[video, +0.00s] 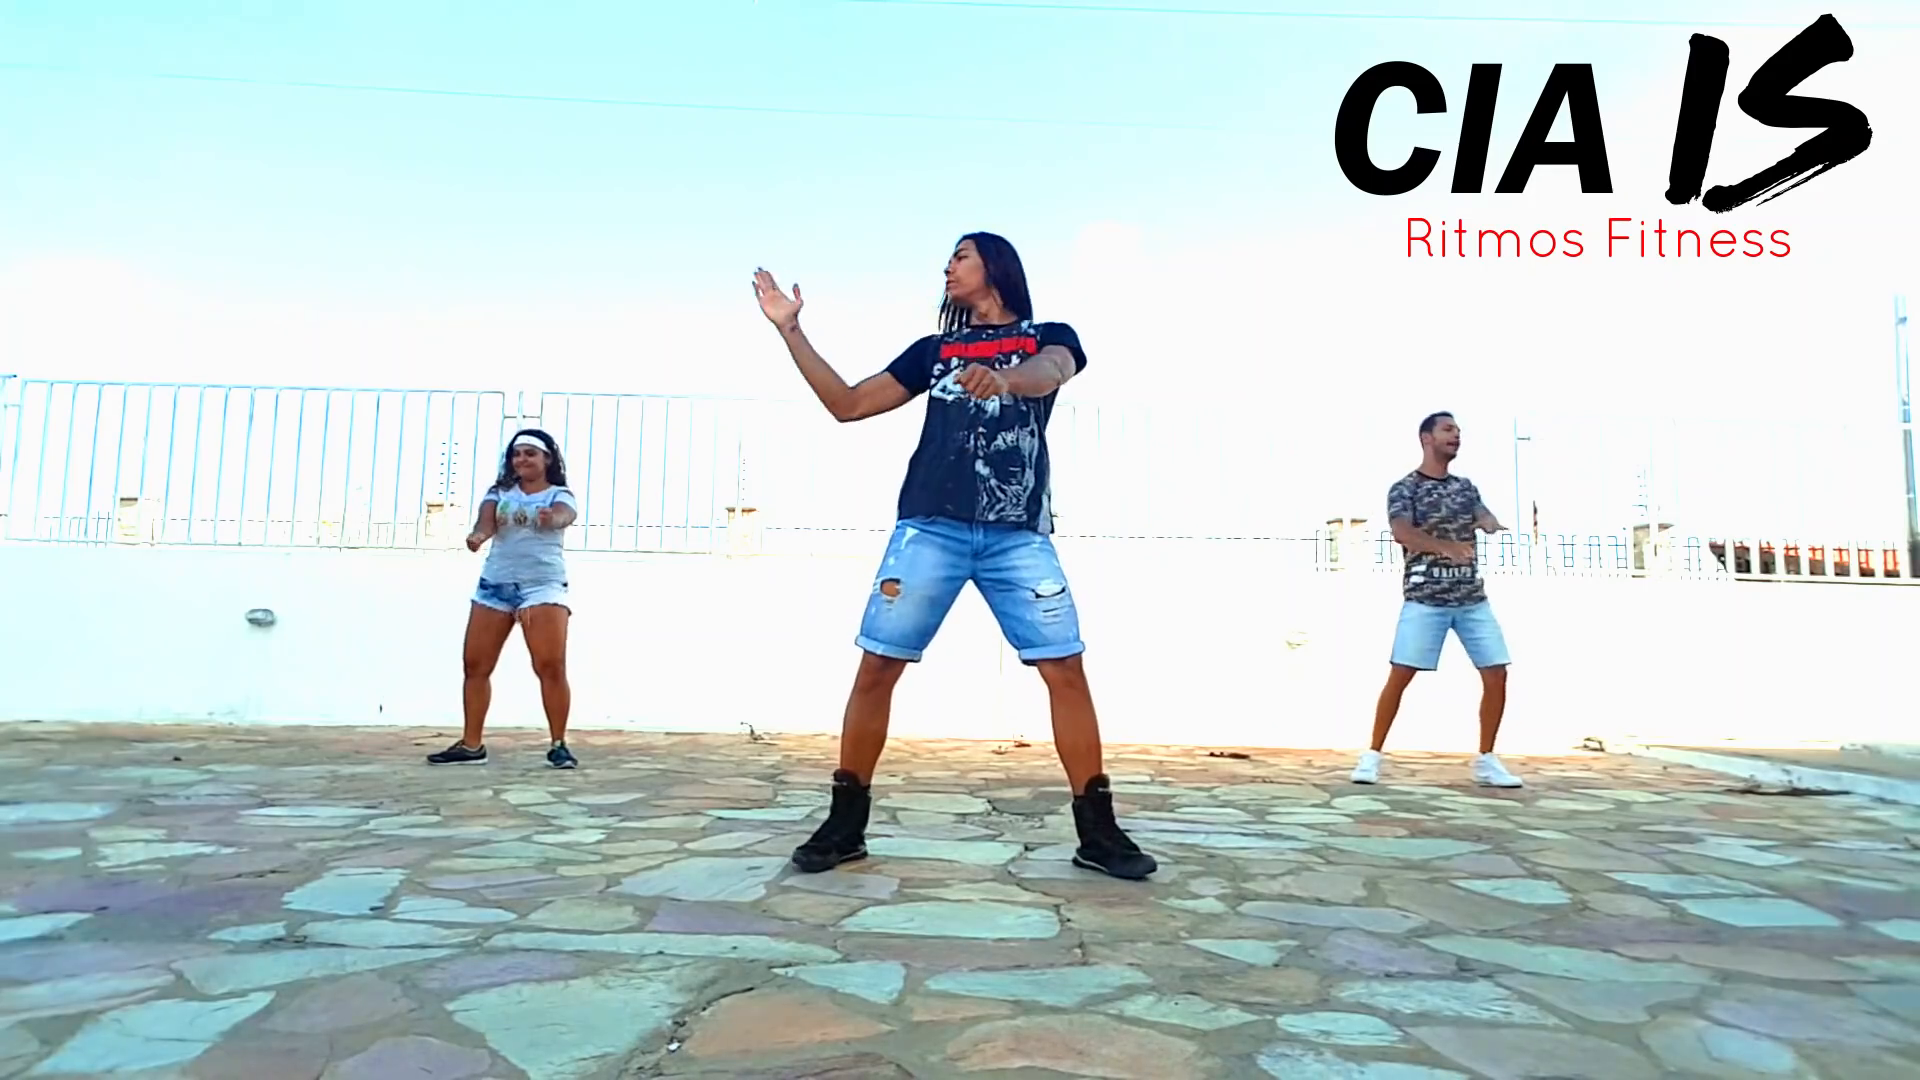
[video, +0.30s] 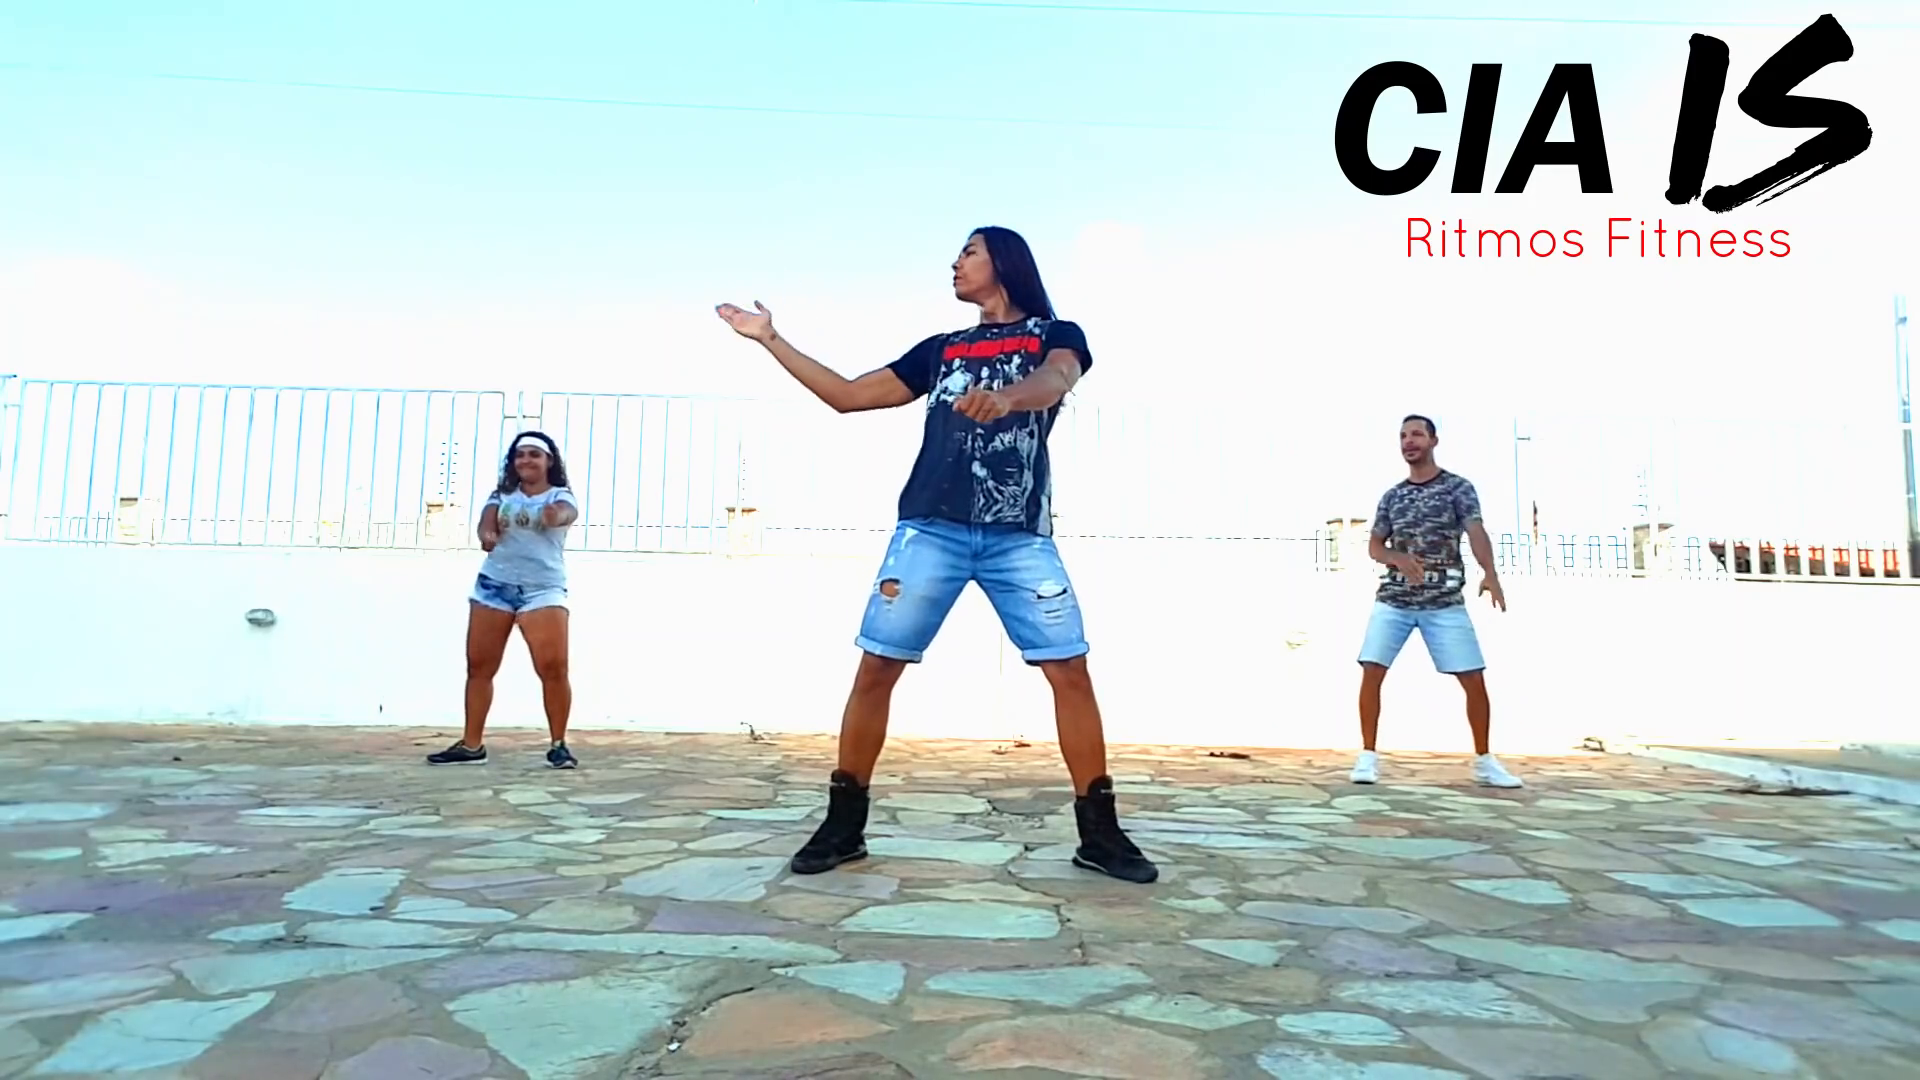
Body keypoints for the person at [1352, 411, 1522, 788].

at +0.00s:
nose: (1456, 437)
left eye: (1457, 431)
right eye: (1448, 430)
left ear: (1456, 440)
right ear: (1426, 438)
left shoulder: (1465, 488)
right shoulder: (1404, 488)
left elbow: (1485, 519)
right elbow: (1402, 534)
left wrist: (1495, 527)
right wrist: (1446, 547)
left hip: (1471, 599)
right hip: (1425, 600)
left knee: (1496, 672)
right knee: (1401, 674)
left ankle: (1486, 758)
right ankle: (1373, 754)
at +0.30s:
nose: (1409, 441)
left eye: (1417, 435)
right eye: (1404, 436)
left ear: (1434, 440)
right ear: (1400, 444)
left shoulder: (1458, 488)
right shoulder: (1392, 497)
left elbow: (1477, 534)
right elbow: (1375, 548)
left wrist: (1490, 573)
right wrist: (1399, 559)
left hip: (1445, 603)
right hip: (1394, 602)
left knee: (1473, 678)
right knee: (1372, 670)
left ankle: (1484, 759)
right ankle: (1368, 755)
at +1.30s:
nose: (1425, 430)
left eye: (1433, 424)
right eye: (1419, 424)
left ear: (1446, 432)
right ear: (1411, 432)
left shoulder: (1465, 481)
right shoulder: (1397, 483)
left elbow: (1485, 529)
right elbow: (1376, 530)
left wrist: (1519, 545)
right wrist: (1364, 575)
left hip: (1458, 599)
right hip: (1410, 597)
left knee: (1483, 672)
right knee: (1387, 669)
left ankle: (1486, 758)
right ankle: (1368, 752)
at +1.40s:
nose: (1412, 417)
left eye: (1420, 411)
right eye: (1407, 409)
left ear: (1431, 417)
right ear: (1395, 413)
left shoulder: (1444, 456)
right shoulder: (1380, 464)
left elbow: (1476, 491)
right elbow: (1371, 510)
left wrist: (1507, 497)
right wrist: (1363, 547)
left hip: (1442, 575)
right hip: (1395, 574)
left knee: (1468, 655)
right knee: (1374, 650)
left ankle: (1482, 745)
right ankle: (1350, 735)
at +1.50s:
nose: (1411, 432)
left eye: (1419, 428)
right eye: (1406, 424)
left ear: (1427, 434)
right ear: (1392, 425)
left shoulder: (1435, 466)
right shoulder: (1375, 479)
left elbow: (1461, 484)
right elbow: (1384, 516)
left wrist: (1483, 483)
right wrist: (1393, 543)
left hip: (1444, 588)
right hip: (1397, 589)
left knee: (1474, 663)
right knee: (1370, 662)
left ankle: (1487, 752)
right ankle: (1340, 742)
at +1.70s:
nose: (1395, 455)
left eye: (1400, 448)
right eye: (1388, 447)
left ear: (1404, 451)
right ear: (1372, 448)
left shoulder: (1404, 490)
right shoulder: (1354, 494)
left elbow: (1434, 495)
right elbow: (1366, 528)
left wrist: (1444, 472)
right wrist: (1417, 534)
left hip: (1422, 605)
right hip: (1378, 608)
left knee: (1462, 682)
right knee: (1364, 682)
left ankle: (1493, 766)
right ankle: (1341, 763)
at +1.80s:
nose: (1371, 416)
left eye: (1378, 411)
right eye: (1365, 409)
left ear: (1384, 417)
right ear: (1353, 412)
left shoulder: (1391, 451)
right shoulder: (1337, 459)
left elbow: (1410, 454)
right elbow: (1353, 484)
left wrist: (1424, 438)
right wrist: (1377, 497)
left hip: (1401, 569)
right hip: (1357, 573)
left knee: (1435, 646)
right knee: (1344, 649)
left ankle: (1455, 732)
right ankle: (1324, 733)